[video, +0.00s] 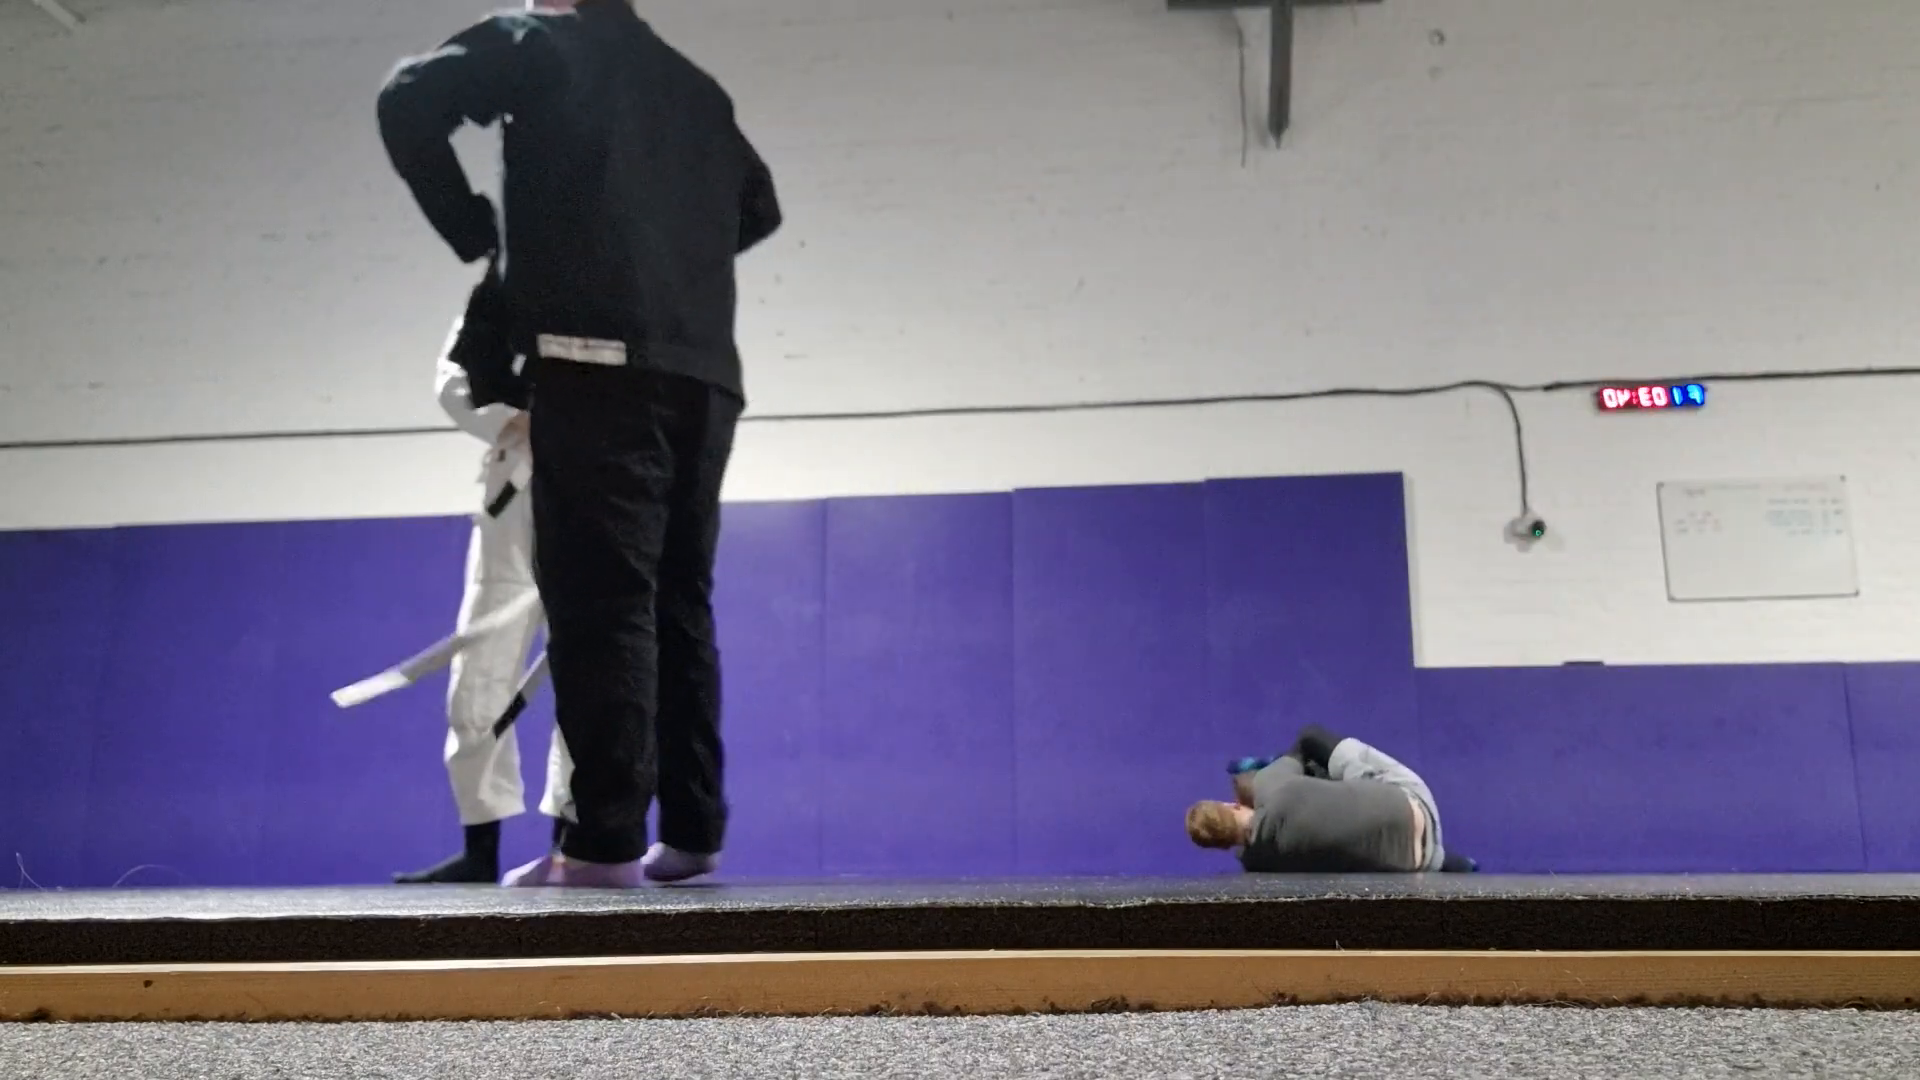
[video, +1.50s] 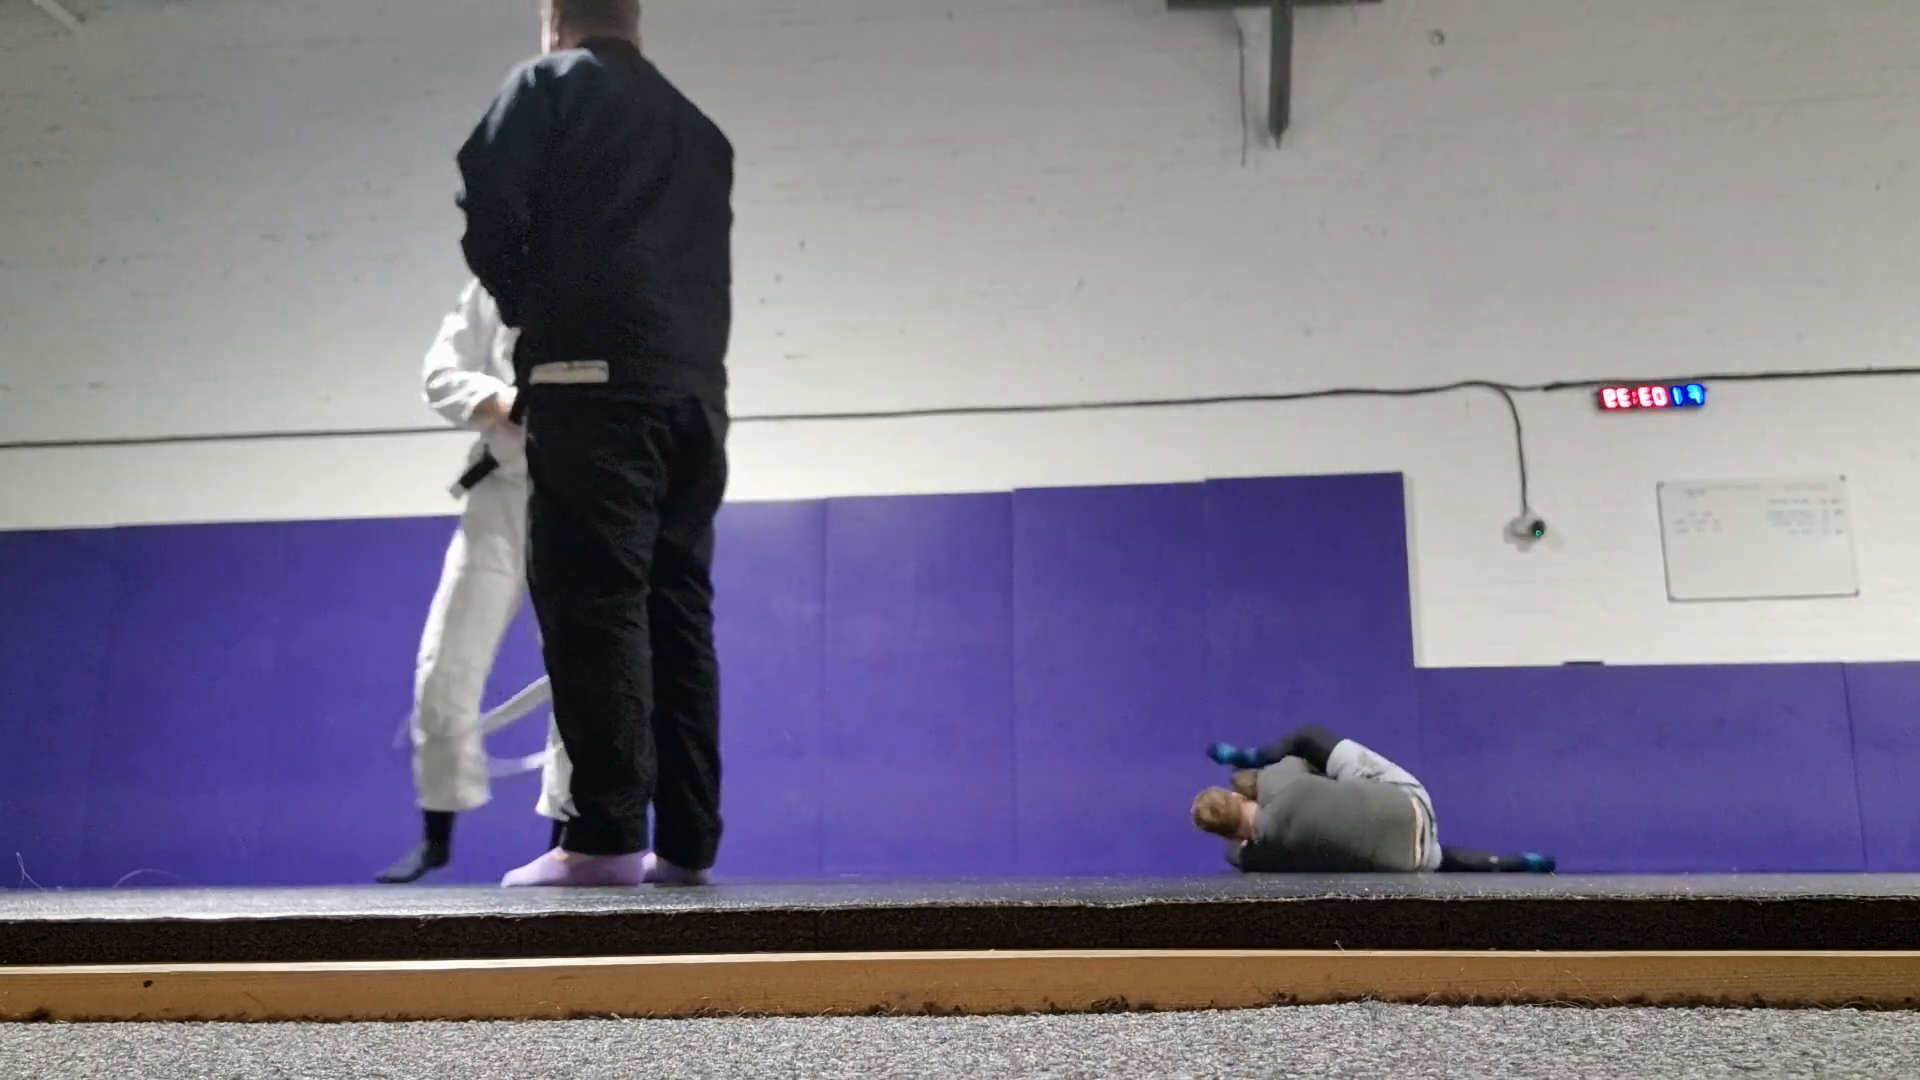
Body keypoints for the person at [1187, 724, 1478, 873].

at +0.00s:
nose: (1235, 791)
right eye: (1232, 794)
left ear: (1219, 850)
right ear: (1234, 803)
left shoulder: (1257, 864)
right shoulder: (1273, 786)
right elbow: (1306, 744)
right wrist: (1265, 774)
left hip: (1418, 863)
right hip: (1414, 811)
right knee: (1329, 748)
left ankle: (1455, 864)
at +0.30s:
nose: (1226, 797)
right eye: (1225, 798)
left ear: (1221, 847)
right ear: (1230, 797)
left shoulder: (1256, 864)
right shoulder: (1269, 782)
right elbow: (1293, 757)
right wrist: (1253, 774)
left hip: (1413, 858)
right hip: (1406, 803)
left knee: (1419, 851)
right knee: (1302, 740)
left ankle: (1477, 862)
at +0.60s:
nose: (1224, 795)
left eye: (1216, 828)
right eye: (1220, 796)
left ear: (1219, 840)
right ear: (1227, 795)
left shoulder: (1254, 861)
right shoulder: (1267, 779)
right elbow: (1304, 765)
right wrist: (1251, 784)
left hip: (1412, 860)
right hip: (1412, 805)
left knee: (1427, 854)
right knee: (1315, 735)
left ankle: (1494, 863)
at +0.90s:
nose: (1227, 788)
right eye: (1224, 791)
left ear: (1217, 839)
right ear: (1231, 793)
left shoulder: (1252, 863)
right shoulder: (1273, 782)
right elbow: (1307, 764)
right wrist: (1257, 782)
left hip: (1412, 861)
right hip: (1408, 807)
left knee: (1438, 853)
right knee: (1332, 740)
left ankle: (1498, 865)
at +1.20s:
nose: (1233, 790)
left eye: (1222, 826)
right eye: (1229, 791)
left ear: (1225, 840)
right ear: (1238, 794)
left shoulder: (1256, 862)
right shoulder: (1279, 781)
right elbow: (1302, 769)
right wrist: (1257, 783)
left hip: (1417, 862)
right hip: (1416, 808)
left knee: (1447, 855)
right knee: (1337, 730)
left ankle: (1518, 865)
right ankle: (1340, 775)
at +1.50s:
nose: (1226, 795)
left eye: (1215, 813)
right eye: (1225, 792)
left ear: (1224, 835)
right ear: (1236, 790)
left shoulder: (1257, 857)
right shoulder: (1276, 779)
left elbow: (1247, 853)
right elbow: (1302, 762)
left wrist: (1238, 843)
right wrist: (1255, 778)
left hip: (1415, 859)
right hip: (1414, 805)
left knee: (1441, 855)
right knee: (1311, 737)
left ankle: (1518, 863)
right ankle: (1252, 753)